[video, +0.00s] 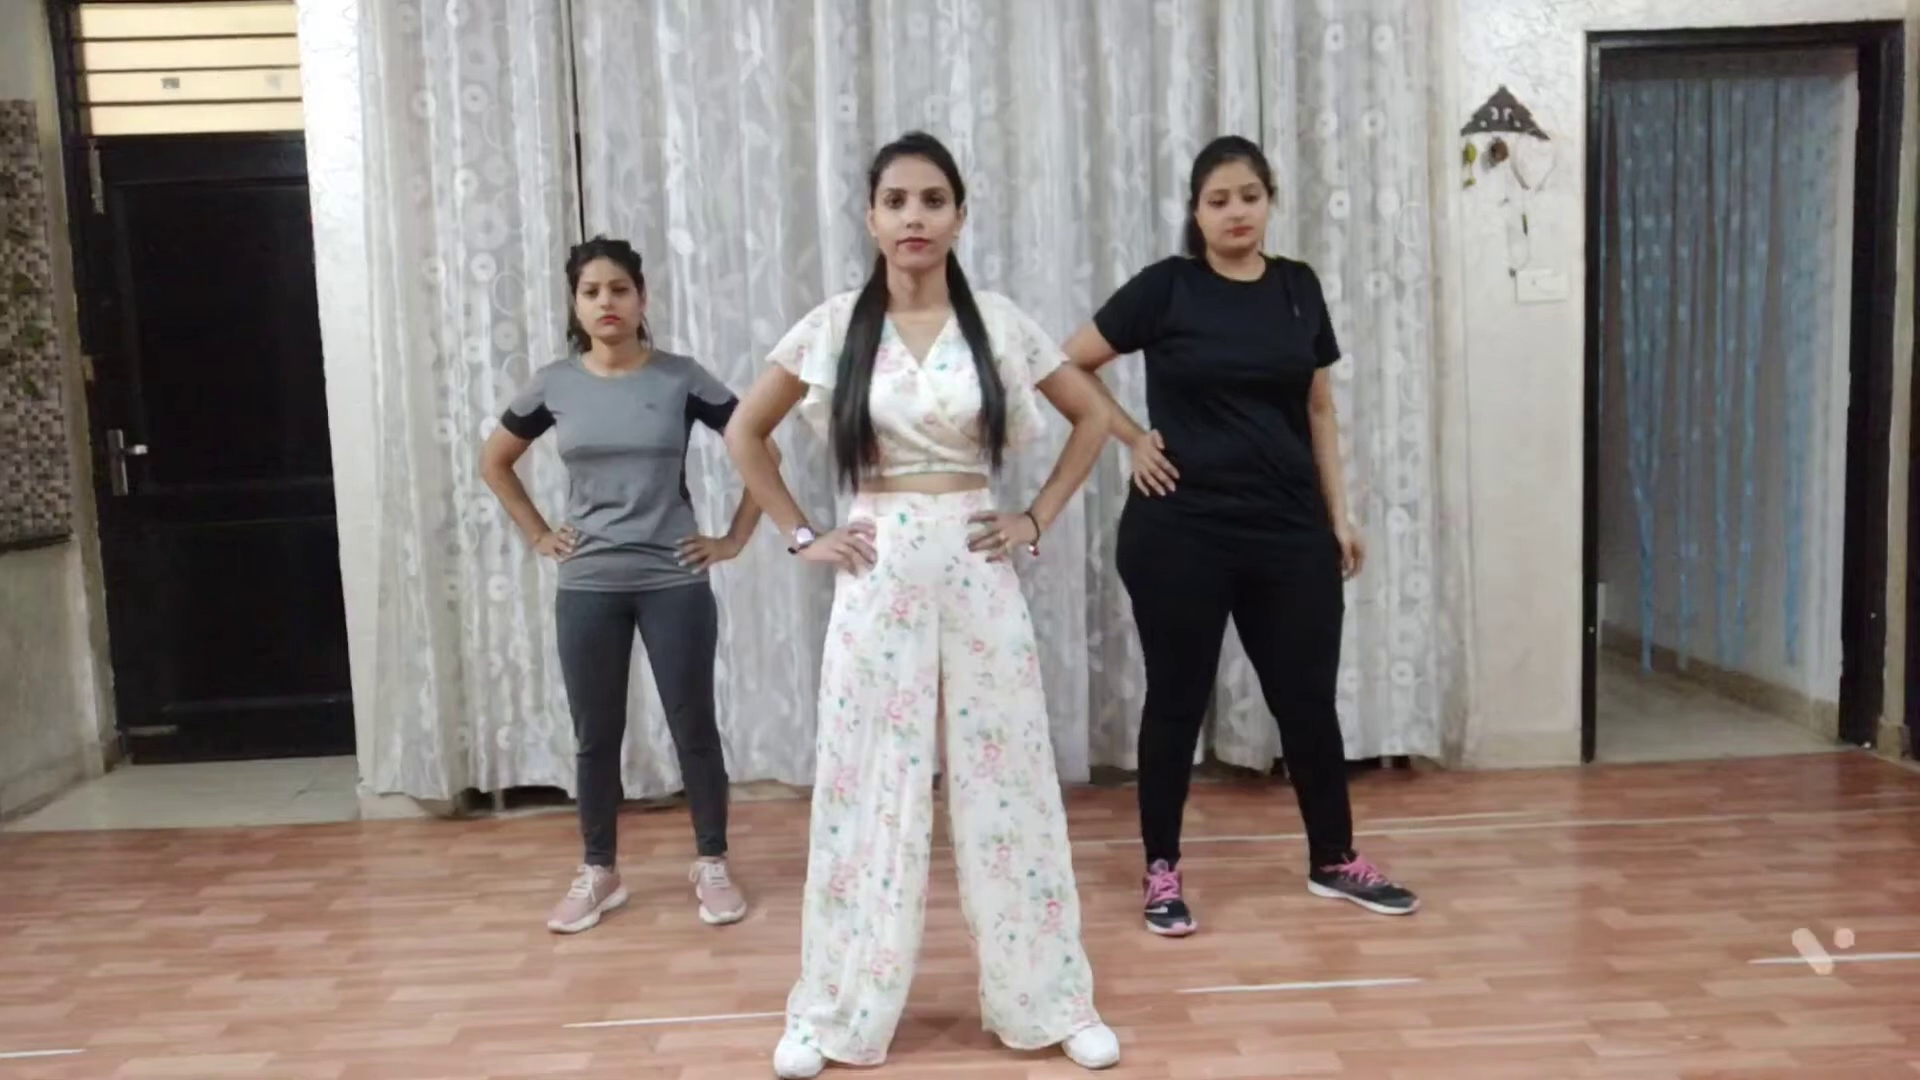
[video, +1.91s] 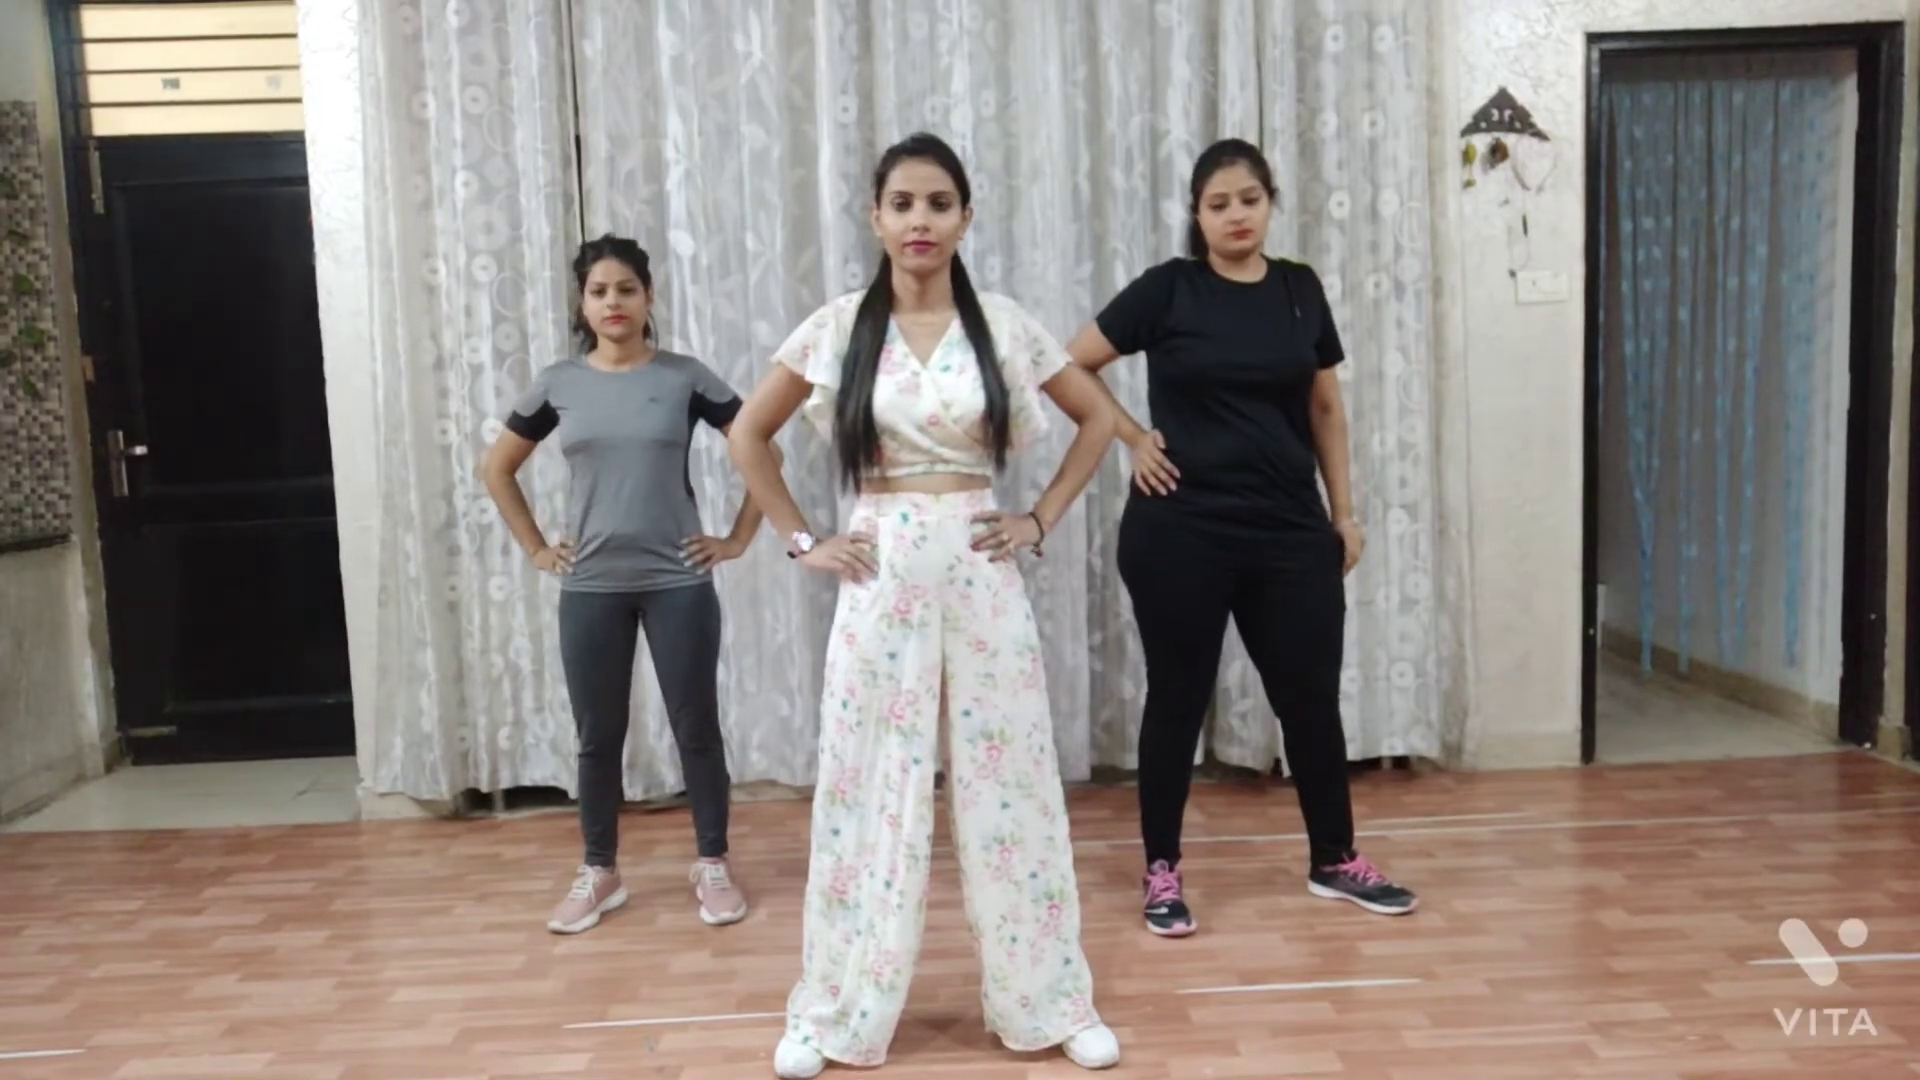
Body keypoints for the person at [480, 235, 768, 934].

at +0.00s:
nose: (607, 303)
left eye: (619, 289)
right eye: (592, 292)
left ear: (642, 298)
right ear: (574, 305)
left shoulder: (680, 379)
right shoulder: (555, 385)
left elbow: (762, 450)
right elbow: (494, 463)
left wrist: (734, 539)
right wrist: (540, 533)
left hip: (674, 574)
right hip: (589, 579)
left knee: (693, 728)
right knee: (596, 736)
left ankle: (712, 866)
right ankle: (598, 872)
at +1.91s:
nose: (614, 302)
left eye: (626, 289)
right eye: (599, 291)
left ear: (648, 297)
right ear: (581, 304)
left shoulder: (685, 378)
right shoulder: (559, 385)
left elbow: (764, 450)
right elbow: (495, 468)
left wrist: (738, 538)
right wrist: (538, 548)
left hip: (678, 575)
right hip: (592, 581)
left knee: (696, 727)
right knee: (597, 737)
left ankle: (713, 866)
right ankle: (599, 872)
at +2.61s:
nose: (615, 304)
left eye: (628, 291)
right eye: (601, 293)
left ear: (650, 299)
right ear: (583, 304)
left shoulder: (685, 379)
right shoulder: (560, 385)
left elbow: (764, 449)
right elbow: (501, 469)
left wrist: (738, 537)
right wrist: (538, 549)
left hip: (677, 575)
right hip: (591, 580)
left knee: (696, 729)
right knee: (597, 738)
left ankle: (712, 866)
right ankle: (599, 872)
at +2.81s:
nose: (618, 305)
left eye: (631, 293)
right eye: (605, 294)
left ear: (650, 301)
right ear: (585, 304)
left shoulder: (687, 379)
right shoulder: (559, 384)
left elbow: (759, 453)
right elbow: (501, 467)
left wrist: (738, 537)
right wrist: (536, 549)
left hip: (675, 575)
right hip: (590, 581)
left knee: (694, 726)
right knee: (595, 738)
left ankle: (713, 866)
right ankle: (598, 872)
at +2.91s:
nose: (620, 305)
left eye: (632, 293)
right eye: (606, 294)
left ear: (650, 301)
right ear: (585, 304)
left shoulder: (687, 378)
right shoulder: (560, 384)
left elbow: (763, 455)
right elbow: (500, 468)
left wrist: (738, 536)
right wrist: (536, 550)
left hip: (676, 575)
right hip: (590, 580)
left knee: (693, 724)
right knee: (595, 736)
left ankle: (712, 865)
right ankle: (599, 871)